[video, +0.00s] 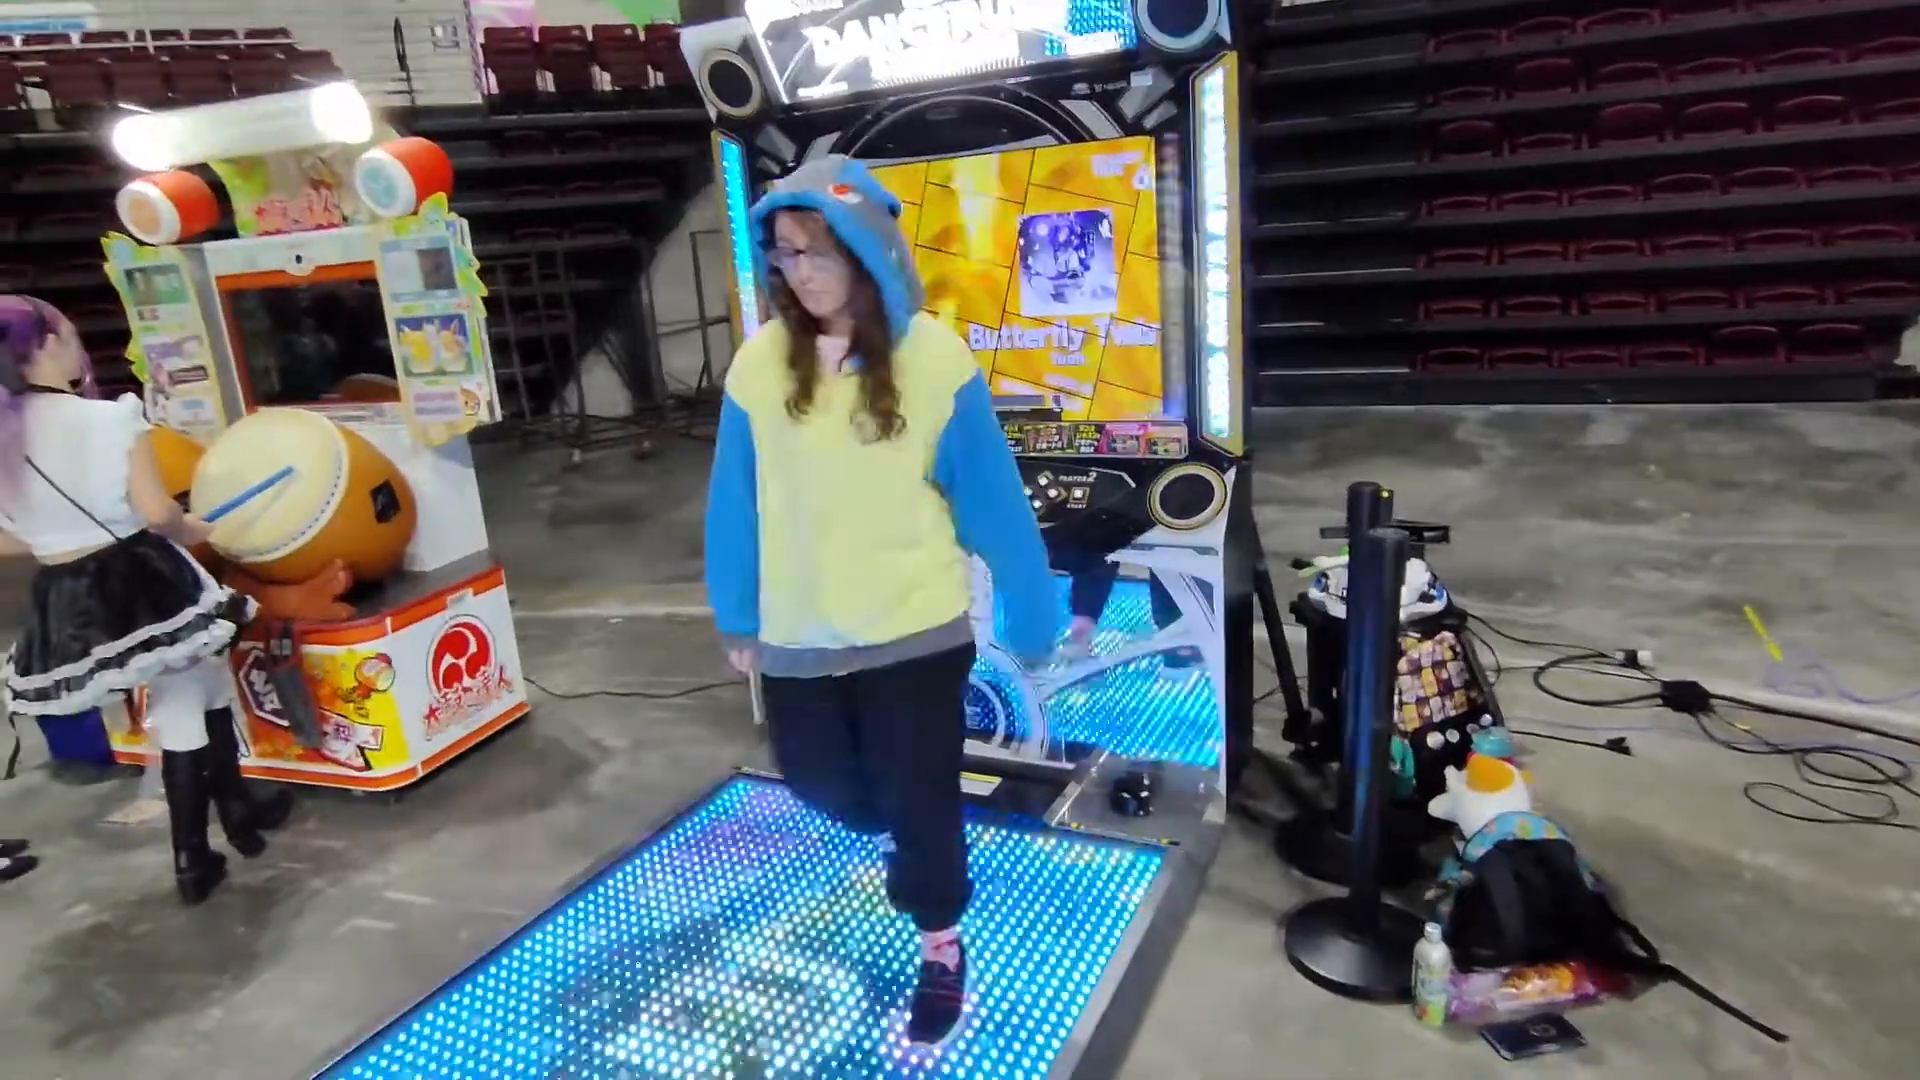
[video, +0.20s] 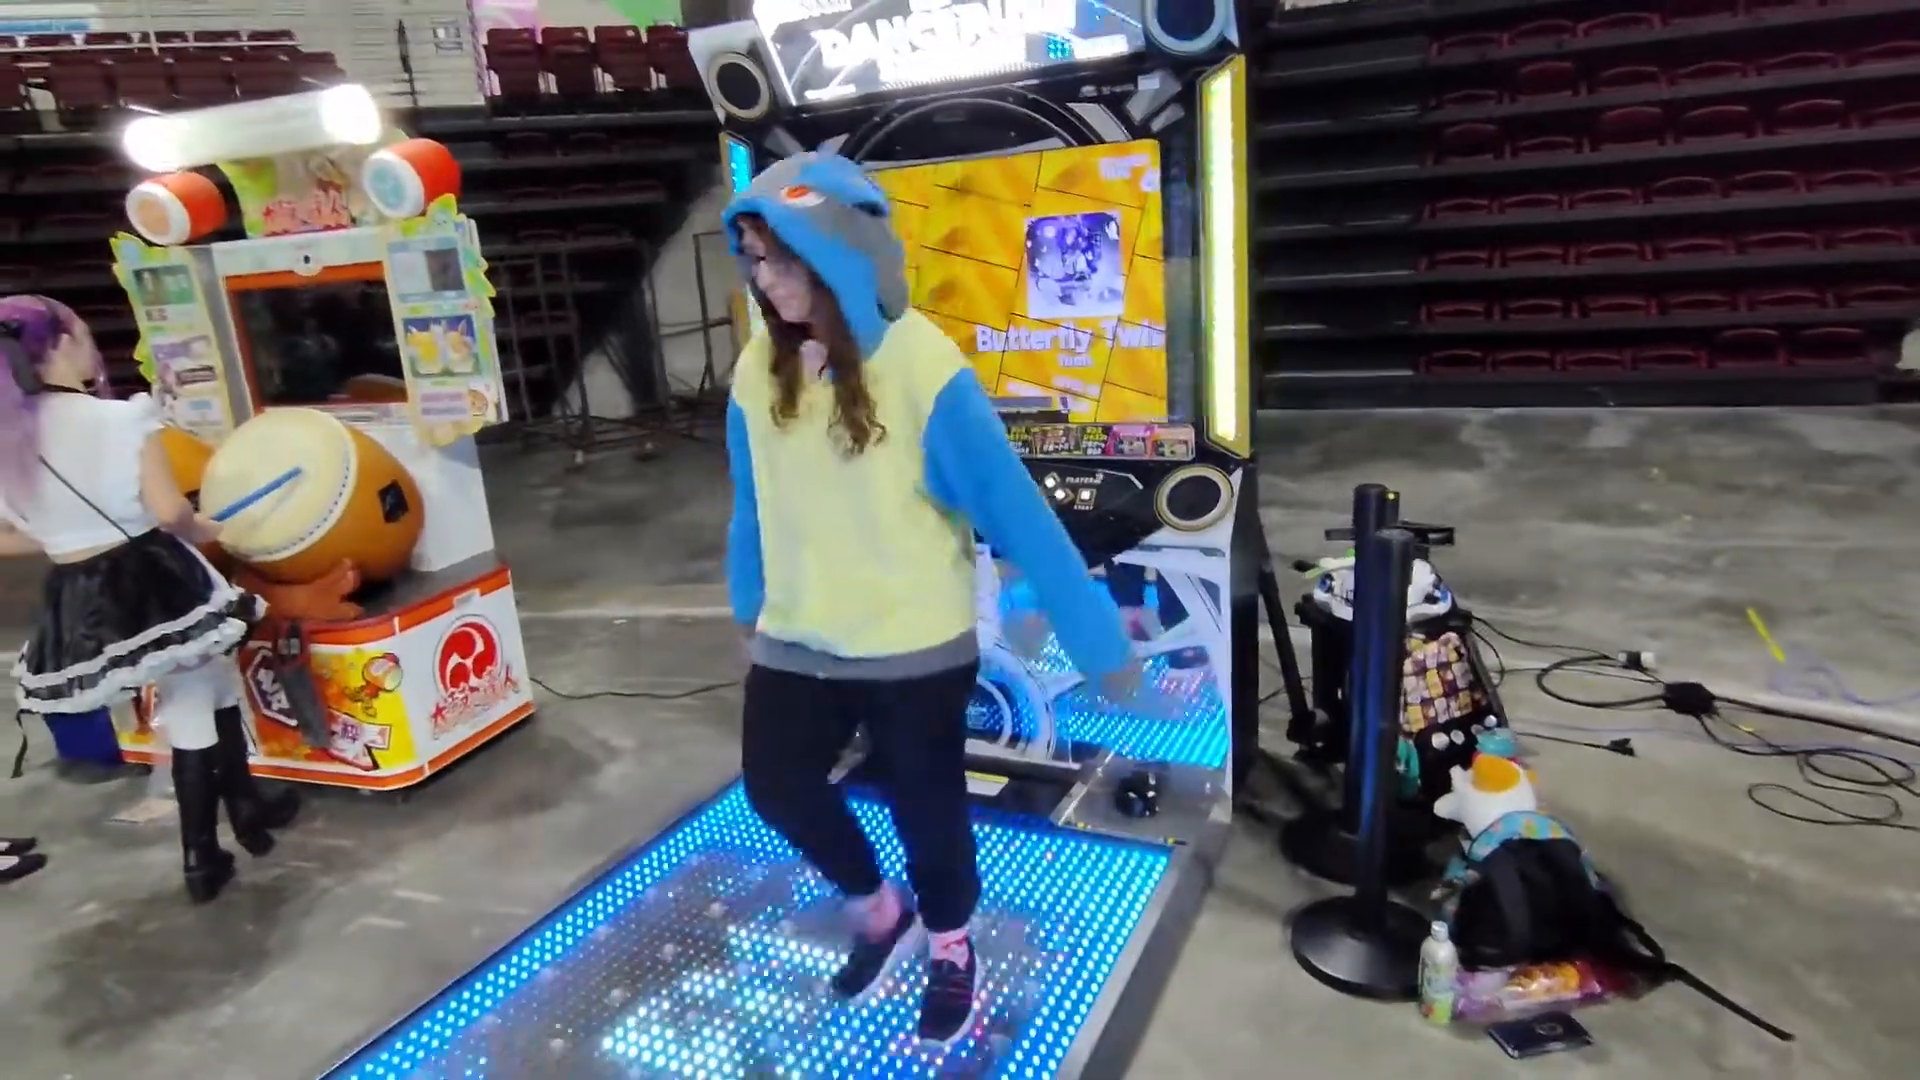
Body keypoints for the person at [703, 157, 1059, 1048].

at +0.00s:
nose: (797, 270)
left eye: (814, 251)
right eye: (785, 255)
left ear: (865, 255)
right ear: (776, 264)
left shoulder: (929, 355)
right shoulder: (762, 359)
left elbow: (994, 493)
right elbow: (731, 499)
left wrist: (1033, 613)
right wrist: (735, 614)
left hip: (913, 630)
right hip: (797, 635)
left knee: (917, 800)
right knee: (825, 785)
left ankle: (941, 951)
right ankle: (916, 821)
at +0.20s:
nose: (764, 277)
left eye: (781, 257)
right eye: (756, 260)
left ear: (837, 261)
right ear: (752, 269)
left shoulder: (919, 364)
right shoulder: (761, 361)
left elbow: (1017, 510)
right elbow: (750, 495)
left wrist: (1101, 643)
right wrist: (753, 598)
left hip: (914, 638)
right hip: (798, 631)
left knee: (926, 805)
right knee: (778, 786)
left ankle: (950, 944)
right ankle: (876, 908)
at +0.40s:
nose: (701, 300)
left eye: (716, 280)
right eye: (698, 280)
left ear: (781, 280)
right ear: (734, 289)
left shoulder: (869, 391)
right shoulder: (750, 377)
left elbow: (956, 543)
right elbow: (764, 519)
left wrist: (1013, 687)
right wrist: (753, 627)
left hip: (886, 676)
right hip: (778, 667)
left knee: (917, 832)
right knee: (763, 835)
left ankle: (958, 952)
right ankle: (781, 1010)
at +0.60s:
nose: (623, 297)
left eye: (642, 275)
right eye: (623, 275)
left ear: (706, 280)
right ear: (670, 284)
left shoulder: (772, 400)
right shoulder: (691, 383)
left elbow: (822, 575)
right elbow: (708, 544)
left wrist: (836, 726)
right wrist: (698, 678)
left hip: (786, 698)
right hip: (708, 690)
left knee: (824, 845)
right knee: (735, 854)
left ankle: (922, 936)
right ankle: (767, 1005)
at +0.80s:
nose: (583, 294)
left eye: (597, 267)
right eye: (579, 270)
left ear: (661, 262)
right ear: (658, 265)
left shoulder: (696, 393)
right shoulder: (703, 361)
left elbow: (714, 582)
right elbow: (718, 562)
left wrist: (686, 731)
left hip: (726, 691)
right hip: (729, 678)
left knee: (704, 864)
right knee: (728, 851)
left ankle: (786, 995)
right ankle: (778, 988)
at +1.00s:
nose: (494, 284)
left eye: (504, 262)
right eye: (493, 262)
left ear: (563, 261)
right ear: (603, 256)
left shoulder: (580, 389)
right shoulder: (660, 348)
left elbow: (501, 575)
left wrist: (335, 700)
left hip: (621, 692)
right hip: (706, 665)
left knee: (582, 872)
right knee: (716, 832)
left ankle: (561, 1050)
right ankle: (743, 988)